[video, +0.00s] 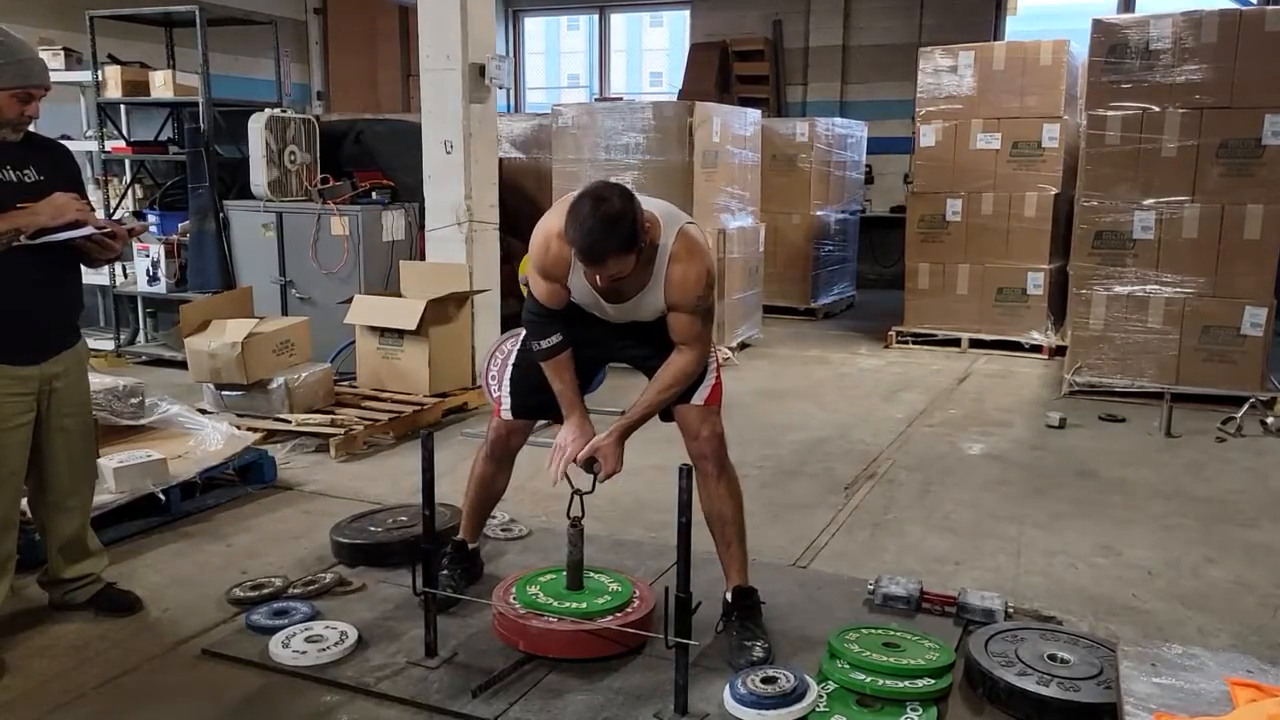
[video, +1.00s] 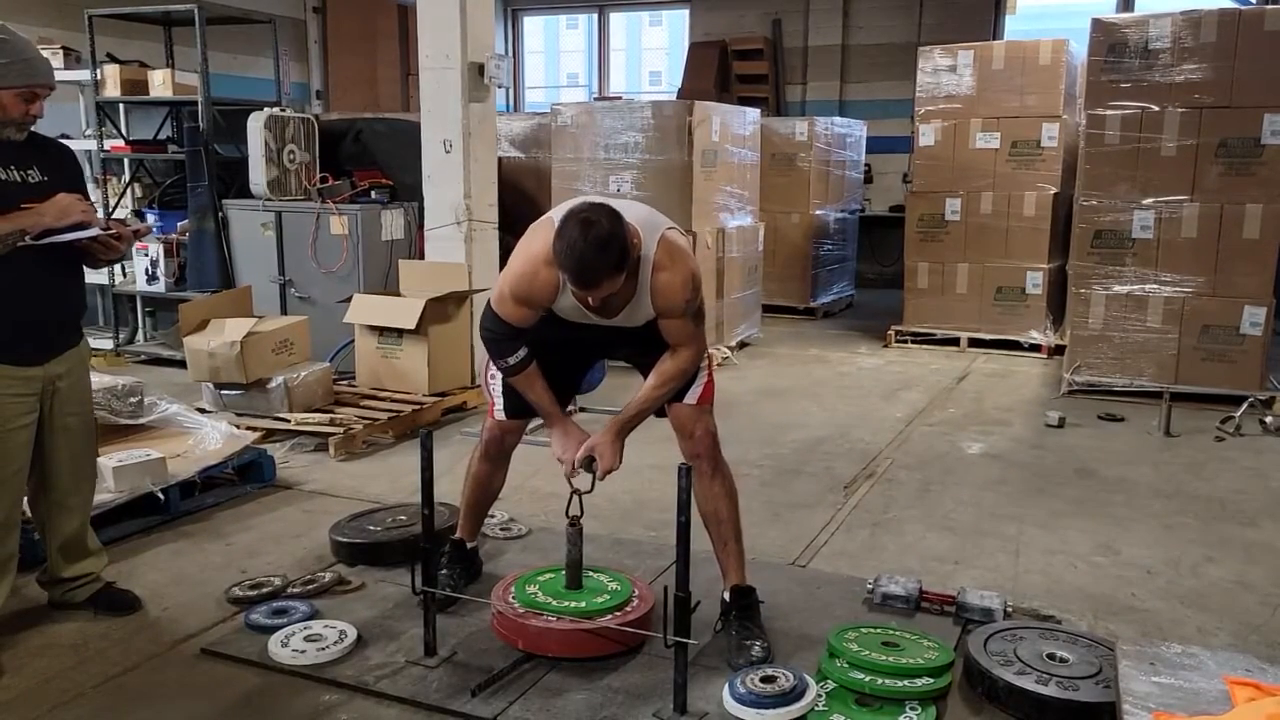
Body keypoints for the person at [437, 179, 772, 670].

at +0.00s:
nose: (602, 282)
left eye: (615, 275)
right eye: (592, 273)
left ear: (643, 242)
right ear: (574, 243)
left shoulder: (687, 260)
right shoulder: (551, 240)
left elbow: (691, 353)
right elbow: (544, 329)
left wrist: (620, 432)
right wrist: (576, 417)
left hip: (659, 327)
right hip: (578, 319)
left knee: (708, 444)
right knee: (502, 431)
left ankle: (741, 598)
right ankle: (463, 549)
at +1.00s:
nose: (593, 300)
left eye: (607, 291)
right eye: (581, 292)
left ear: (630, 260)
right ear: (562, 266)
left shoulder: (671, 268)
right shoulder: (534, 264)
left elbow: (687, 352)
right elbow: (498, 333)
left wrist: (620, 428)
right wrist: (557, 422)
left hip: (652, 324)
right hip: (557, 322)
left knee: (701, 442)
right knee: (497, 434)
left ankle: (739, 596)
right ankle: (461, 549)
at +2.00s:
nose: (597, 315)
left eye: (610, 304)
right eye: (584, 306)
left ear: (633, 275)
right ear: (562, 280)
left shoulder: (676, 283)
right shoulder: (534, 278)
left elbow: (693, 360)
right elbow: (484, 352)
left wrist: (621, 435)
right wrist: (552, 437)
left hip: (656, 329)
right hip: (563, 328)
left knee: (706, 443)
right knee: (498, 433)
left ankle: (739, 598)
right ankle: (462, 549)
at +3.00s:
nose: (603, 200)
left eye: (618, 190)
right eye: (591, 188)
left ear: (643, 161)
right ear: (572, 157)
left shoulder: (678, 190)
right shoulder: (547, 180)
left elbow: (720, 274)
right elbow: (528, 287)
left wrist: (629, 287)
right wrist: (554, 391)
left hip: (657, 320)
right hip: (568, 313)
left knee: (692, 459)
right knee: (489, 431)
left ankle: (737, 606)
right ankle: (474, 555)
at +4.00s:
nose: (574, 296)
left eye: (586, 284)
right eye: (560, 286)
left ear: (609, 253)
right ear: (538, 260)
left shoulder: (659, 257)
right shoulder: (514, 266)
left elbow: (705, 306)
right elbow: (501, 356)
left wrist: (629, 367)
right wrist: (508, 449)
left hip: (651, 319)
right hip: (557, 326)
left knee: (697, 440)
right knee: (478, 412)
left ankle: (737, 597)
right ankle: (474, 550)